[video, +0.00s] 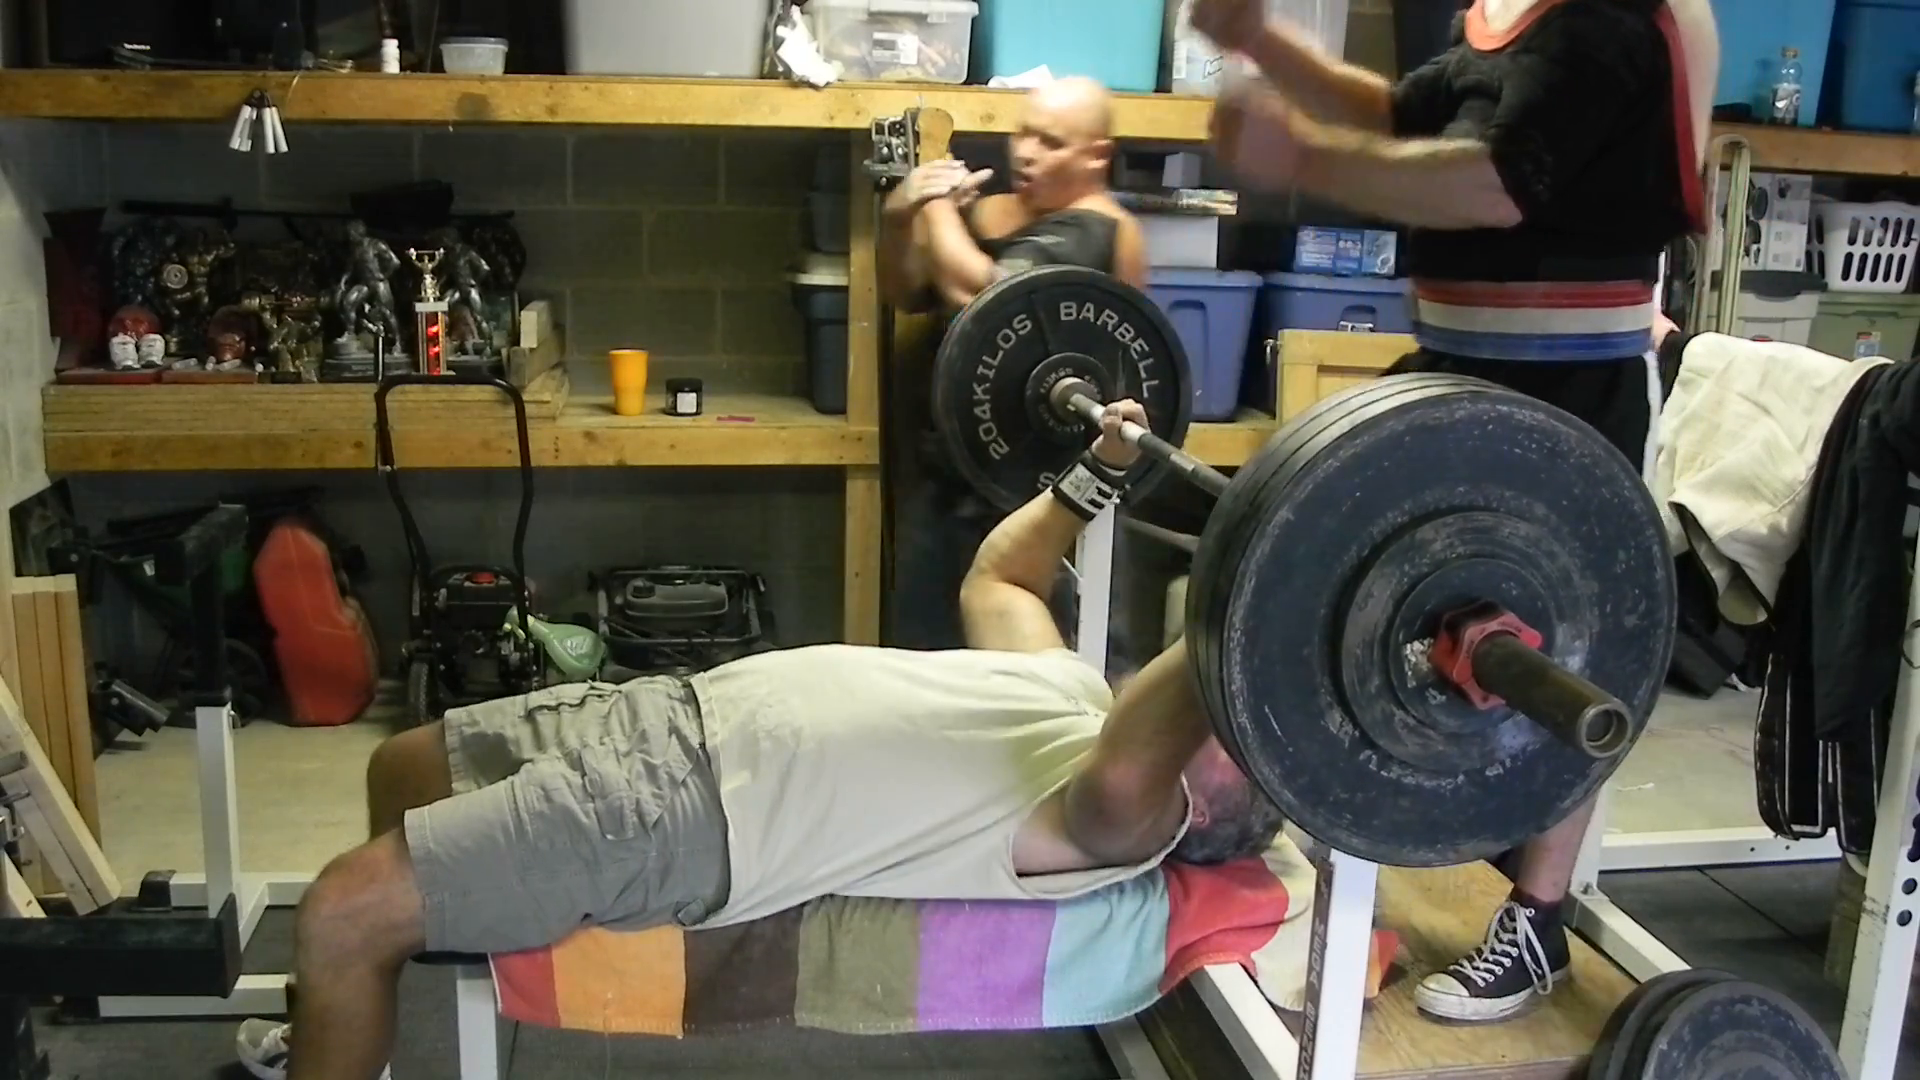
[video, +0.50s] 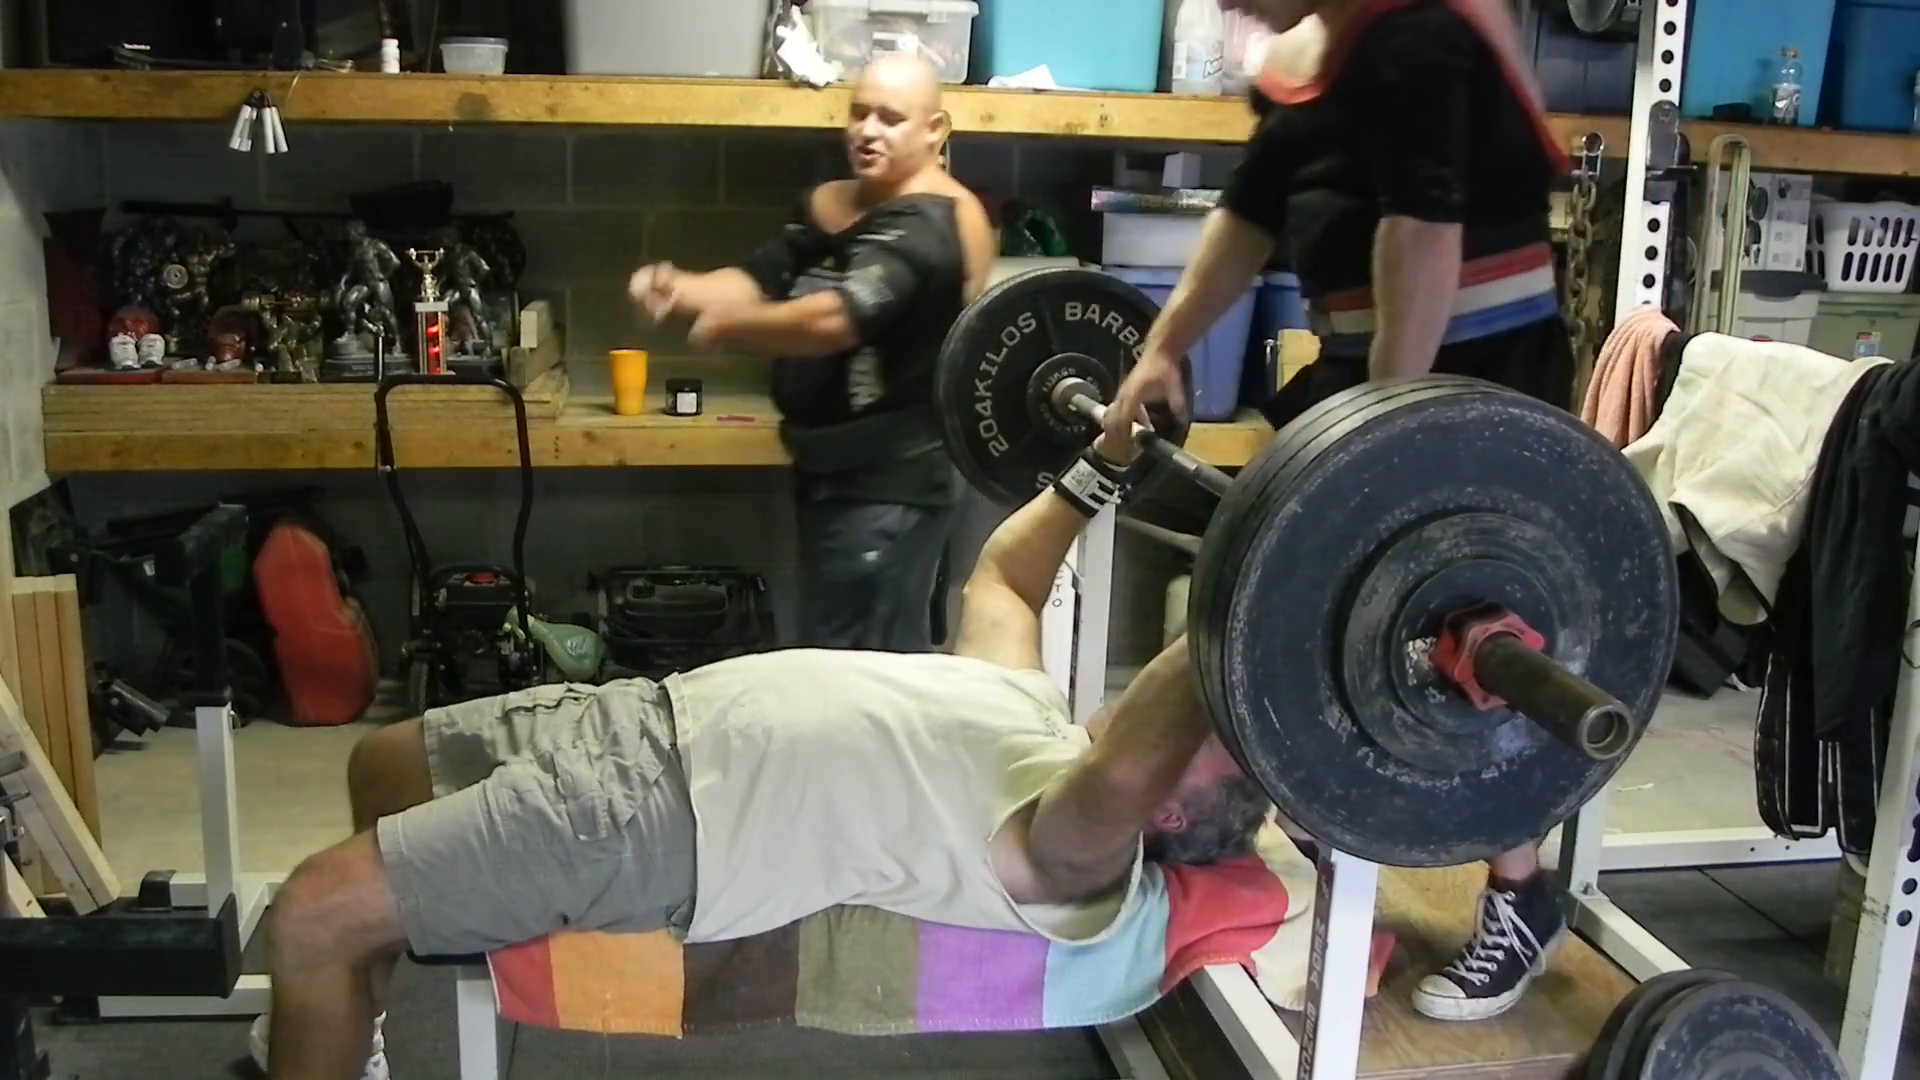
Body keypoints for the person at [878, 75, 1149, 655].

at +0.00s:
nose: (1023, 153)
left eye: (1047, 140)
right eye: (1022, 135)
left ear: (1097, 155)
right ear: (1013, 133)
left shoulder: (1098, 232)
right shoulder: (994, 209)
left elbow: (983, 294)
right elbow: (904, 292)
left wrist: (939, 207)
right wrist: (898, 218)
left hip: (1036, 468)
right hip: (951, 451)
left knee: (1019, 631)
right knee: (929, 623)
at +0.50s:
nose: (867, 131)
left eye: (890, 117)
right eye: (860, 114)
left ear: (936, 131)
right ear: (848, 118)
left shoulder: (925, 221)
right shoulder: (842, 205)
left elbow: (837, 321)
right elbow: (763, 278)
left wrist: (730, 322)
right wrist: (683, 288)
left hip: (887, 486)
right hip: (836, 477)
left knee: (852, 678)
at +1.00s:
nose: (753, 112)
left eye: (778, 100)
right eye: (749, 95)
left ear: (829, 118)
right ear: (737, 99)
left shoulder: (782, 213)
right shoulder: (743, 196)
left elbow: (678, 320)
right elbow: (641, 284)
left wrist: (562, 387)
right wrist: (540, 360)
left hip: (762, 494)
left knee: (748, 710)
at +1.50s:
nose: (661, 123)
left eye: (680, 110)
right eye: (646, 104)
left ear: (703, 128)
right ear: (615, 108)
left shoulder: (721, 216)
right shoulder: (548, 205)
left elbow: (676, 322)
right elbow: (491, 297)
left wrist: (581, 397)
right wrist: (435, 390)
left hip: (682, 518)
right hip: (554, 517)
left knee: (702, 731)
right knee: (546, 729)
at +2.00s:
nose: (517, 112)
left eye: (524, 97)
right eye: (496, 95)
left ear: (533, 104)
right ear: (439, 104)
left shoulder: (573, 196)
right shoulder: (404, 211)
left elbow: (638, 279)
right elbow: (472, 313)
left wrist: (699, 365)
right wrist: (584, 388)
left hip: (606, 499)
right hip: (480, 511)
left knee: (624, 711)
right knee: (489, 727)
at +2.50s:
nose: (541, 123)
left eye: (548, 107)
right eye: (519, 108)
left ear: (559, 111)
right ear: (469, 118)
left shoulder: (604, 197)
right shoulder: (438, 215)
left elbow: (661, 272)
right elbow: (470, 313)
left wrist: (694, 352)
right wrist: (537, 391)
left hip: (616, 494)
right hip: (500, 498)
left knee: (623, 696)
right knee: (493, 707)